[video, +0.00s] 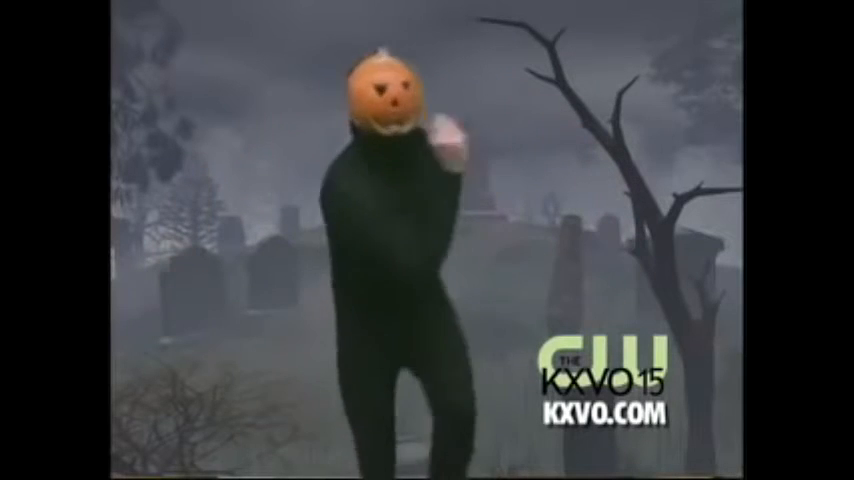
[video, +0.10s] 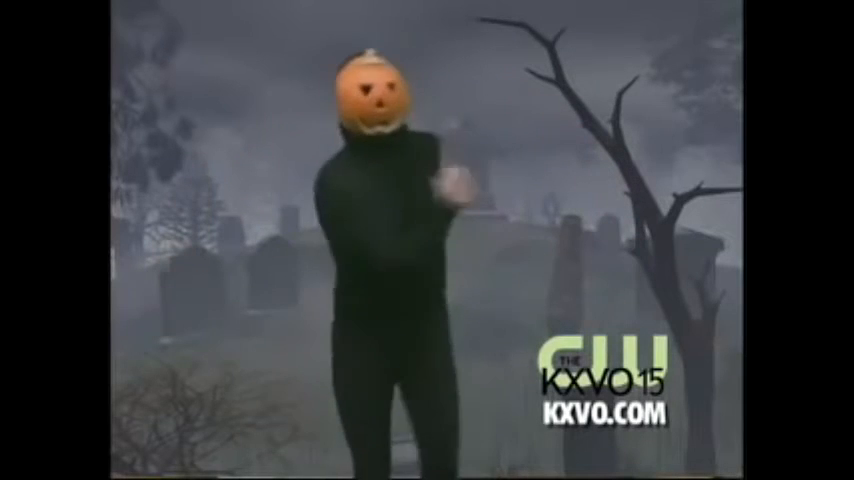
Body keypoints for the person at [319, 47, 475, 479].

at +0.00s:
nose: (395, 94)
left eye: (405, 84)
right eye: (379, 86)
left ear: (419, 97)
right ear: (356, 110)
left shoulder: (432, 160)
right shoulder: (346, 179)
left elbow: (432, 253)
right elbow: (413, 263)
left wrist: (453, 169)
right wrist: (449, 180)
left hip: (428, 320)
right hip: (366, 331)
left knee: (458, 415)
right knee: (376, 454)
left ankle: (446, 474)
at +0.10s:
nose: (380, 95)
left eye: (389, 85)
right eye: (365, 87)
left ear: (405, 94)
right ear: (343, 104)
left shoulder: (429, 153)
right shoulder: (337, 178)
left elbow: (429, 238)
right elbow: (381, 258)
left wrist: (450, 198)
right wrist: (442, 210)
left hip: (426, 336)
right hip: (362, 343)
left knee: (442, 463)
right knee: (372, 466)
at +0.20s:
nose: (378, 113)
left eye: (389, 102)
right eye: (363, 105)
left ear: (404, 112)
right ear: (343, 121)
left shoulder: (425, 172)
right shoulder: (334, 200)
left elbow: (442, 228)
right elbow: (358, 282)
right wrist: (400, 243)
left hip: (421, 348)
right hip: (360, 356)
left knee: (450, 465)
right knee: (372, 469)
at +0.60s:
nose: (422, 81)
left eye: (434, 72)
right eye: (409, 71)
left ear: (450, 81)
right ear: (388, 80)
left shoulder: (463, 153)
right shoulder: (357, 142)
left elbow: (479, 259)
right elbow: (324, 229)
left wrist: (394, 240)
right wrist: (326, 306)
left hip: (449, 334)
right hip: (379, 333)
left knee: (457, 467)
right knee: (383, 467)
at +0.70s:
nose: (434, 104)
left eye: (447, 95)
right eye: (422, 93)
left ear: (464, 102)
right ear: (402, 97)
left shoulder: (469, 170)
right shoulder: (385, 162)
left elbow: (470, 269)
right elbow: (350, 236)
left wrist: (379, 243)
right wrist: (317, 312)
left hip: (452, 351)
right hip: (387, 347)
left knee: (451, 470)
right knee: (388, 470)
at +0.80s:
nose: (435, 111)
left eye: (449, 102)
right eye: (423, 100)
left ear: (468, 110)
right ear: (406, 105)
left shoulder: (469, 177)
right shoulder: (413, 166)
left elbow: (450, 270)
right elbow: (395, 243)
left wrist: (359, 227)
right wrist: (335, 284)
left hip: (459, 354)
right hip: (406, 347)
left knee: (455, 471)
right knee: (335, 461)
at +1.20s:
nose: (454, 80)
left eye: (469, 72)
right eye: (442, 70)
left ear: (486, 88)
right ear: (423, 81)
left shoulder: (482, 158)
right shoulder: (418, 143)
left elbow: (397, 217)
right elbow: (408, 216)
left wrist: (319, 166)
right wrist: (366, 239)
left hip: (455, 341)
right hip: (392, 336)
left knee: (453, 469)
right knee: (386, 467)